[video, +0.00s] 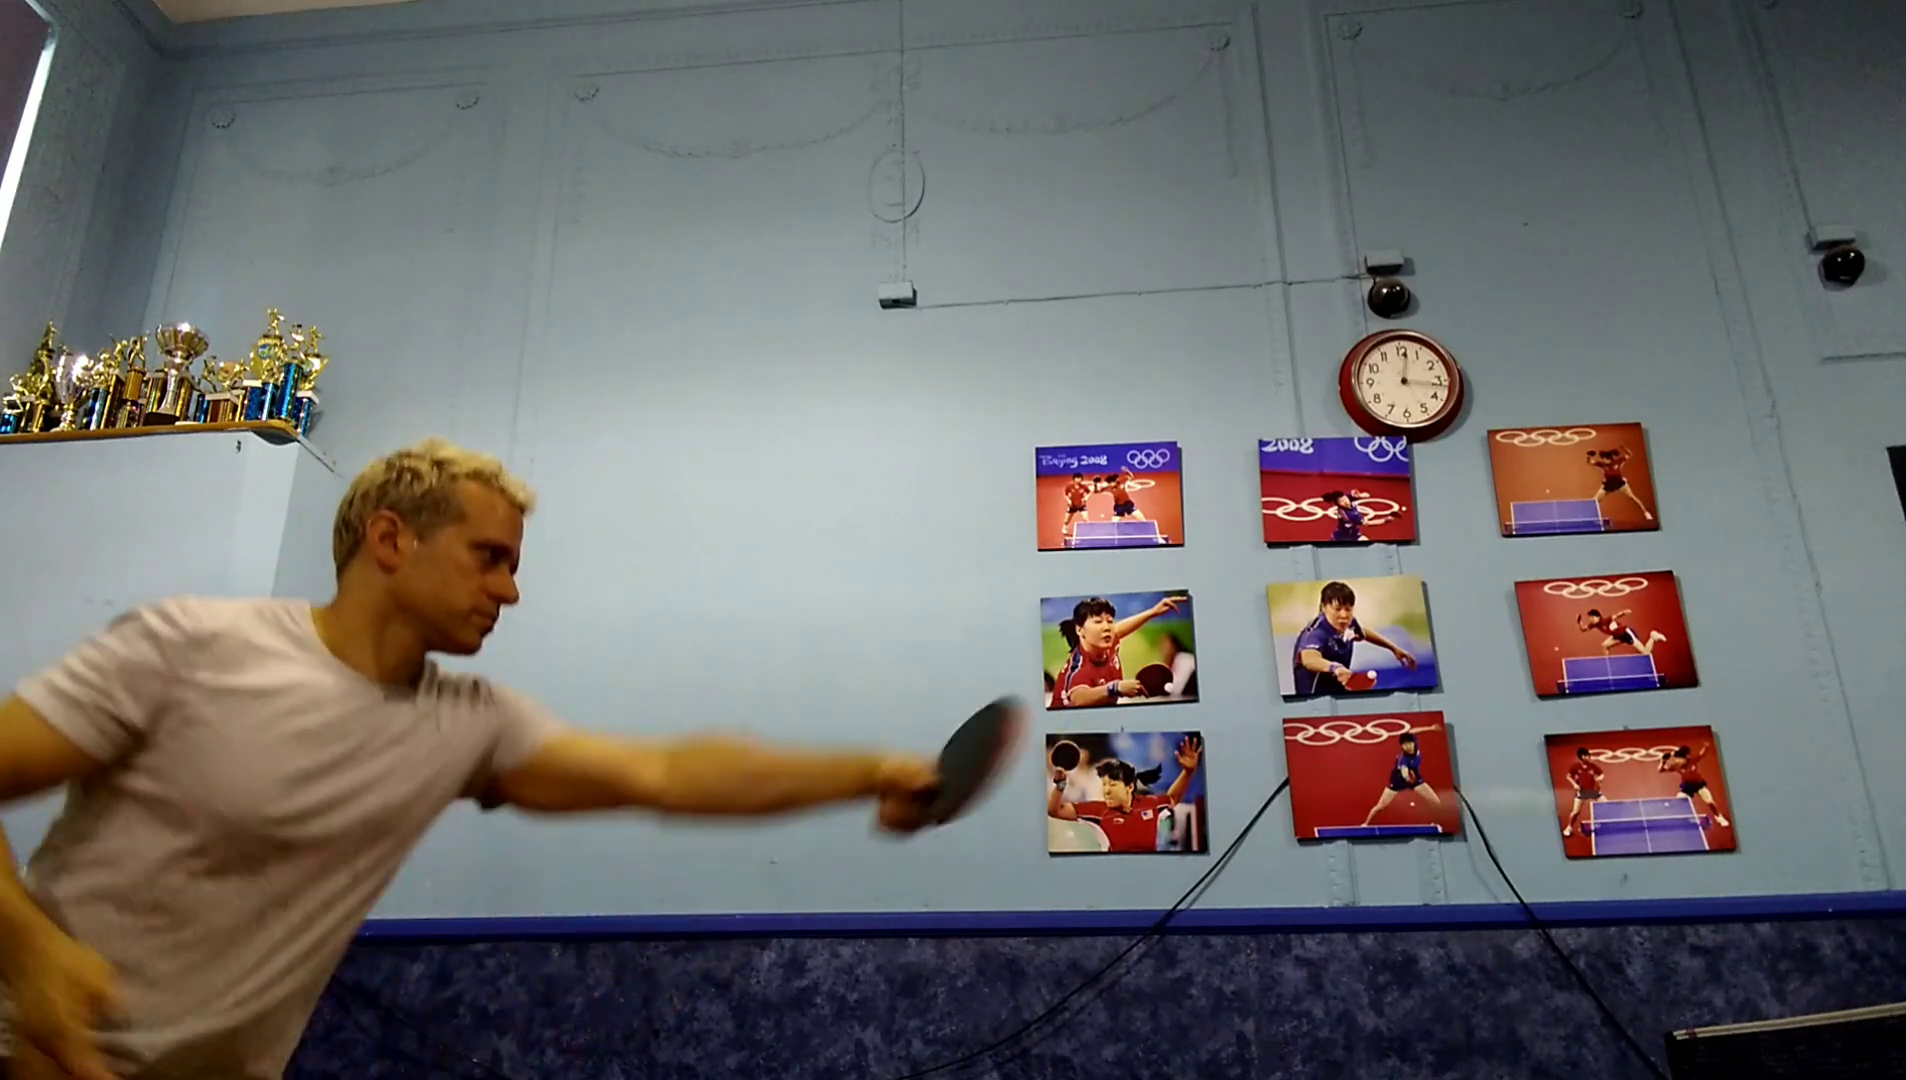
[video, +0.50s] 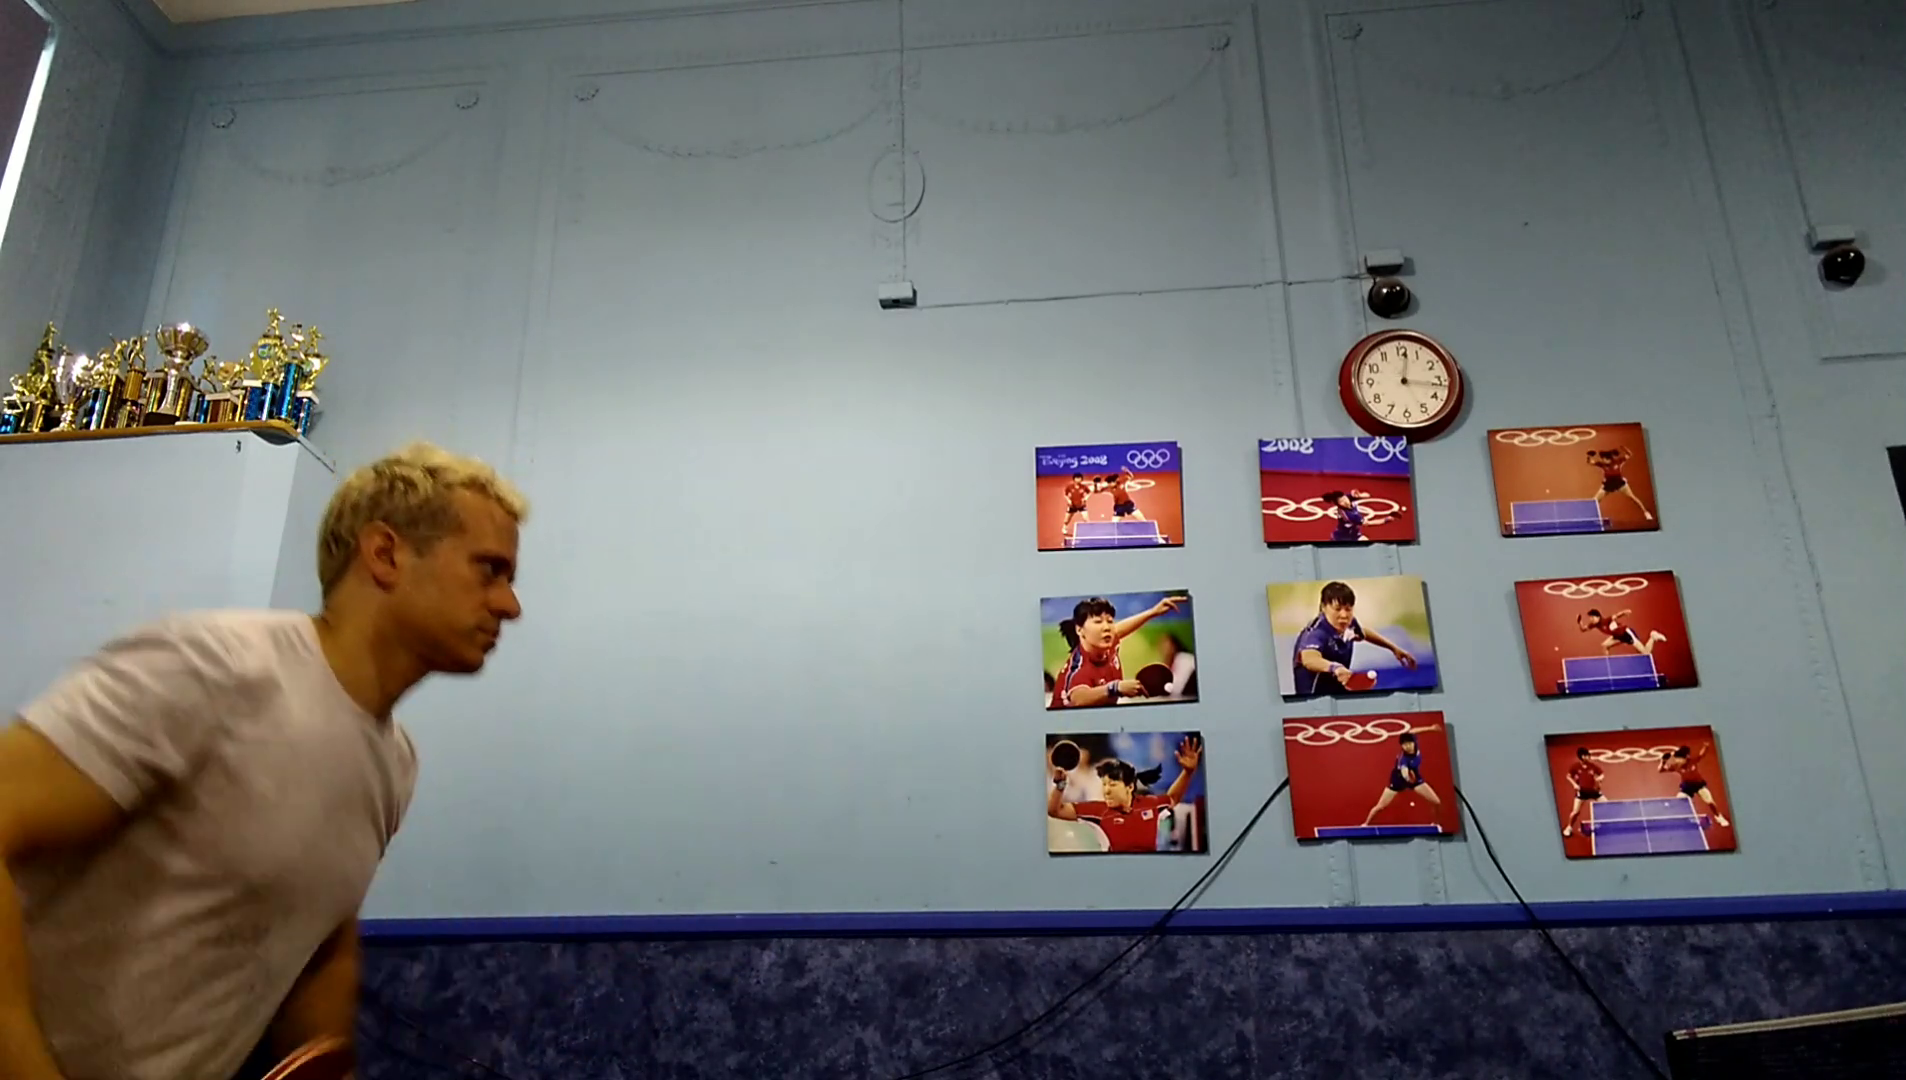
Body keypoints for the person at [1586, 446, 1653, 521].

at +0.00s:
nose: (1605, 461)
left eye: (1606, 459)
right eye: (1603, 459)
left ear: (1609, 458)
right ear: (1602, 459)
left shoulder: (1618, 462)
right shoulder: (1602, 464)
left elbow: (1629, 456)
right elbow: (1590, 463)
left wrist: (1624, 449)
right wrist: (1589, 457)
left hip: (1620, 482)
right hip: (1608, 483)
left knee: (1632, 497)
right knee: (1595, 499)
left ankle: (1645, 512)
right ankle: (1591, 519)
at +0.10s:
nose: (1605, 461)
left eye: (1606, 459)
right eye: (1603, 459)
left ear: (1609, 458)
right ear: (1602, 459)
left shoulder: (1618, 462)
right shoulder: (1602, 464)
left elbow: (1629, 456)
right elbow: (1590, 463)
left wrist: (1624, 449)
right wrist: (1589, 457)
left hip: (1620, 482)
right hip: (1608, 483)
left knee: (1632, 497)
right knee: (1595, 500)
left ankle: (1645, 512)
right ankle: (1591, 519)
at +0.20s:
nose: (1604, 461)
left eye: (1606, 459)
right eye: (1603, 459)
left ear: (1609, 458)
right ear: (1602, 459)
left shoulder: (1618, 462)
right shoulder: (1602, 464)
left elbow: (1629, 456)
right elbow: (1590, 463)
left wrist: (1624, 449)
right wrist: (1589, 456)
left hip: (1620, 482)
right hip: (1608, 483)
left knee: (1632, 497)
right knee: (1595, 500)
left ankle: (1645, 512)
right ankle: (1591, 519)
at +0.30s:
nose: (1604, 461)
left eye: (1606, 459)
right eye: (1603, 459)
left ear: (1609, 458)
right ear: (1603, 459)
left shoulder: (1618, 462)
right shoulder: (1602, 464)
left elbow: (1629, 456)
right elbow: (1590, 463)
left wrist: (1624, 448)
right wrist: (1589, 457)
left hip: (1620, 482)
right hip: (1608, 483)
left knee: (1632, 497)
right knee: (1595, 499)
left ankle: (1645, 512)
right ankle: (1591, 519)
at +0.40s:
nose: (1605, 461)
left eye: (1606, 459)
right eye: (1603, 459)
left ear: (1609, 458)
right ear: (1603, 459)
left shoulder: (1618, 462)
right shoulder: (1602, 464)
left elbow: (1629, 456)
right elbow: (1590, 463)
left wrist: (1624, 448)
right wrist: (1589, 457)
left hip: (1620, 482)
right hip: (1608, 483)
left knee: (1632, 497)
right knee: (1595, 499)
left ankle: (1645, 512)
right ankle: (1591, 519)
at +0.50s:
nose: (1604, 461)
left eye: (1606, 459)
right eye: (1603, 459)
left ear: (1609, 458)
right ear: (1603, 459)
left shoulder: (1618, 462)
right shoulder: (1602, 464)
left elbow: (1629, 456)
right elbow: (1590, 463)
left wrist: (1624, 448)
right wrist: (1589, 457)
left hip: (1620, 482)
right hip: (1608, 483)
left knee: (1632, 497)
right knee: (1595, 499)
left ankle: (1645, 512)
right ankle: (1591, 519)